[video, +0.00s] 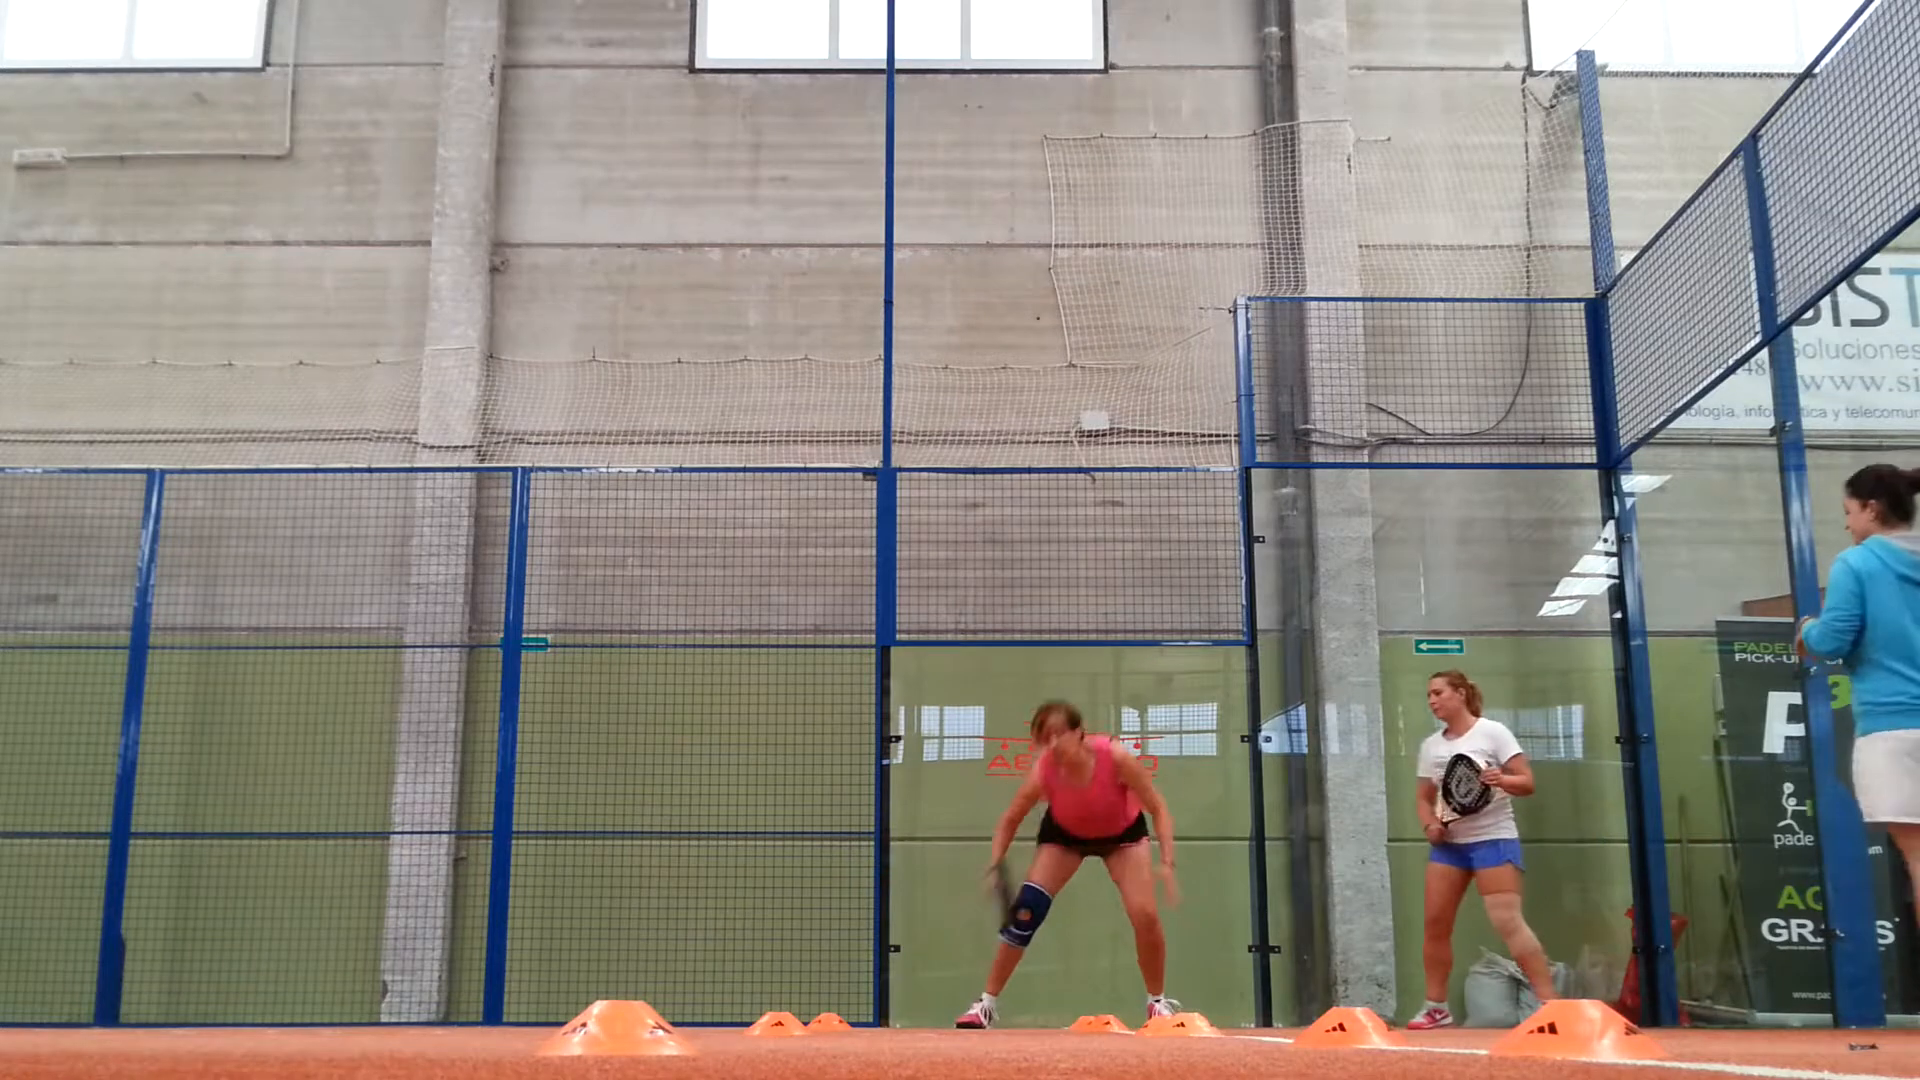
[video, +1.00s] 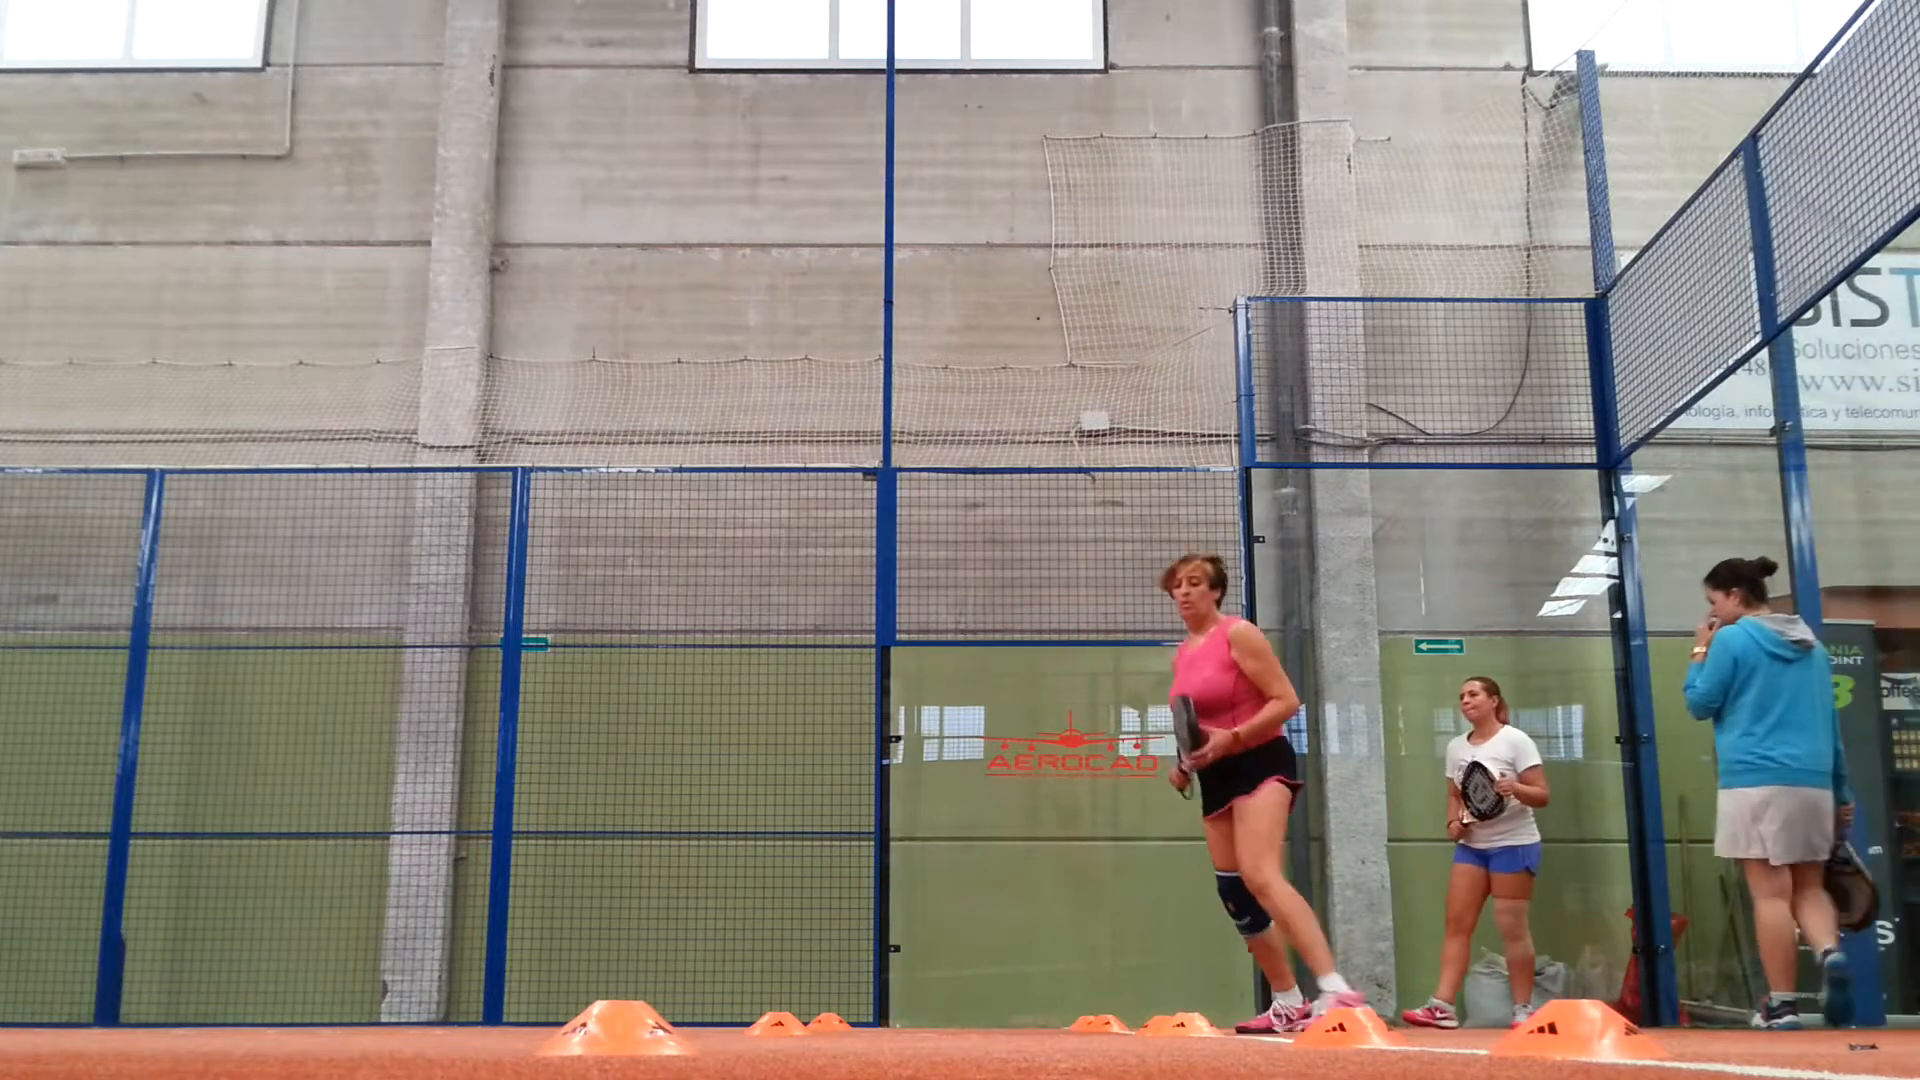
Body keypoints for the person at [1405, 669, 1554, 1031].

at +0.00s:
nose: (1432, 701)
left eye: (1438, 693)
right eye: (1430, 695)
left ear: (1461, 694)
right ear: (1434, 701)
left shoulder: (1494, 733)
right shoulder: (1431, 745)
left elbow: (1527, 783)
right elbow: (1425, 796)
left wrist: (1503, 781)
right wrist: (1430, 823)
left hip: (1493, 840)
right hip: (1450, 843)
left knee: (1507, 922)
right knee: (1435, 922)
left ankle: (1551, 1004)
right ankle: (1436, 1008)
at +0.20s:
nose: (1406, 698)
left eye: (1412, 691)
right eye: (1402, 694)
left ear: (1434, 694)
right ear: (1402, 704)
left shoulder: (1468, 730)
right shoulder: (1400, 746)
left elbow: (1497, 780)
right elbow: (1385, 798)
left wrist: (1486, 780)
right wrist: (1399, 824)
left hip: (1477, 836)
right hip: (1430, 842)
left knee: (1498, 916)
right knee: (1429, 924)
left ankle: (1527, 1003)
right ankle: (1435, 1008)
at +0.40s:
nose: (1401, 699)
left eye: (1407, 692)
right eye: (1396, 696)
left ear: (1428, 696)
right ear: (1396, 706)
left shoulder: (1463, 731)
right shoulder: (1394, 750)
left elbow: (1492, 780)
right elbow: (1377, 799)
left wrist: (1471, 775)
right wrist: (1389, 825)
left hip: (1475, 837)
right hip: (1427, 843)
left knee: (1496, 918)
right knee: (1432, 924)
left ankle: (1522, 1000)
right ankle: (1437, 1009)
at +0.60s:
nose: (1416, 700)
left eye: (1422, 693)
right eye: (1412, 697)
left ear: (1443, 698)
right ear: (1412, 708)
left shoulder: (1475, 731)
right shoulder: (1409, 751)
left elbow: (1501, 784)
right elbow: (1395, 800)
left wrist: (1475, 769)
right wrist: (1403, 822)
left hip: (1483, 839)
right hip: (1436, 843)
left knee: (1498, 922)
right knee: (1439, 925)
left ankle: (1524, 1004)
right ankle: (1437, 1009)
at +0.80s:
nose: (1442, 702)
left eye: (1449, 695)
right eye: (1439, 699)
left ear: (1470, 699)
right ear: (1439, 709)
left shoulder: (1499, 736)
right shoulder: (1436, 750)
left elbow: (1525, 789)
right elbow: (1430, 800)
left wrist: (1495, 775)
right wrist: (1431, 822)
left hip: (1502, 844)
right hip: (1456, 847)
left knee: (1506, 926)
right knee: (1449, 925)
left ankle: (1522, 1007)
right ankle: (1438, 1009)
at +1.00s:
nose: (1466, 701)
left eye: (1472, 695)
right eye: (1462, 697)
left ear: (1494, 701)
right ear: (1461, 706)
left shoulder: (1516, 741)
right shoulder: (1457, 747)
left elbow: (1542, 796)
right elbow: (1455, 795)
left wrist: (1514, 788)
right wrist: (1455, 820)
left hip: (1513, 845)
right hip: (1471, 845)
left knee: (1512, 927)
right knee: (1458, 923)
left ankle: (1522, 1008)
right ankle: (1443, 1005)